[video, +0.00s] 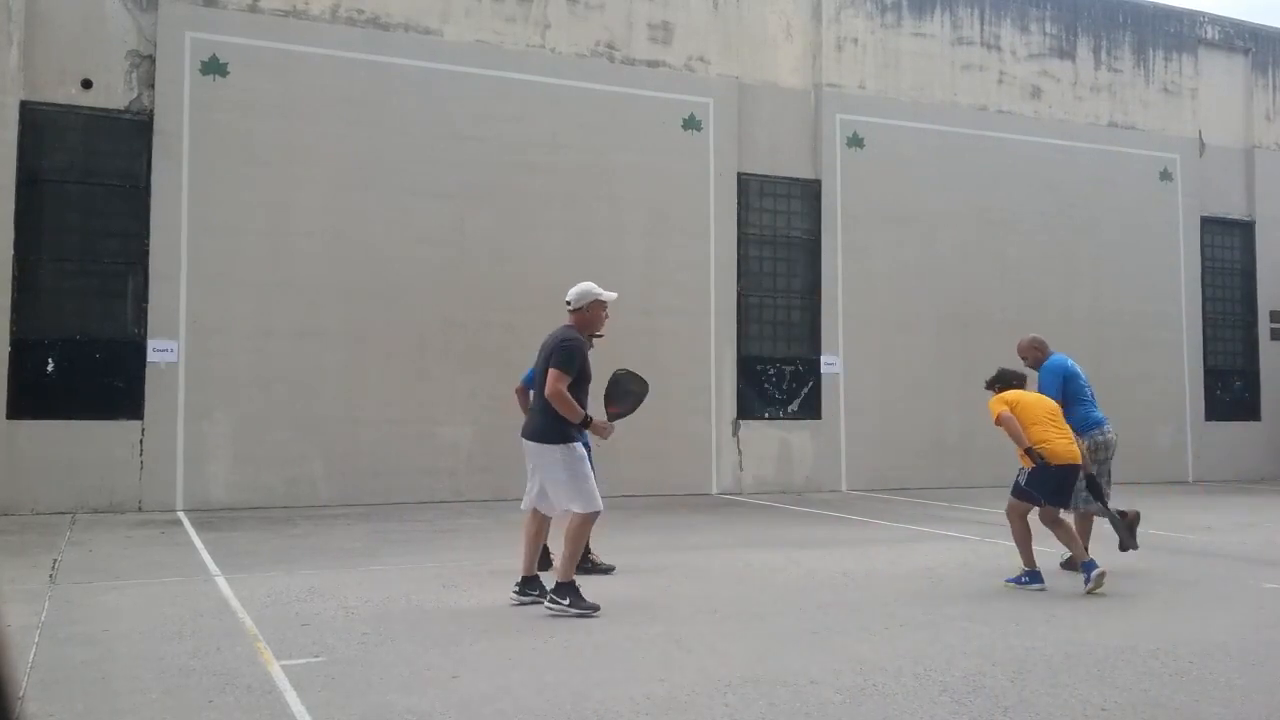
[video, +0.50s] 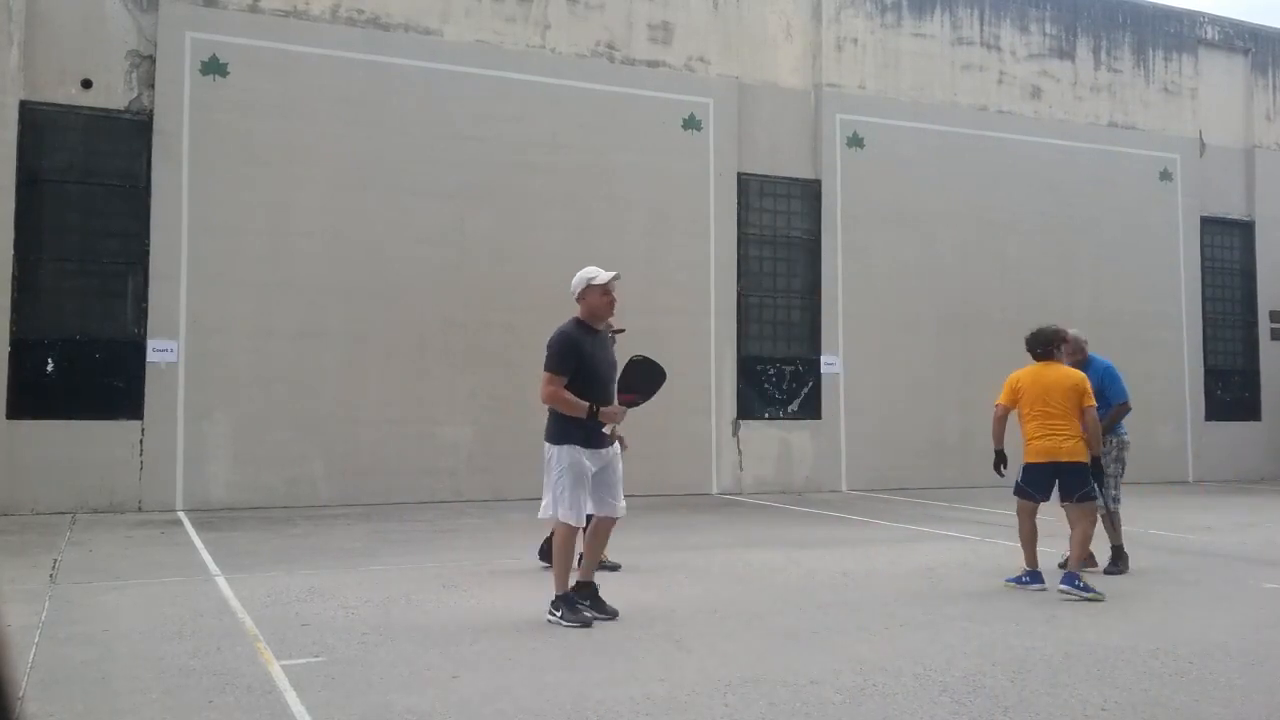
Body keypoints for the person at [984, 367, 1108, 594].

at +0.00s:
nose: (991, 395)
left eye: (992, 392)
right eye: (990, 392)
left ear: (998, 389)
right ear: (1020, 386)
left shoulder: (999, 399)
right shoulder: (1046, 400)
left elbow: (1006, 418)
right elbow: (1073, 437)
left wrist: (1027, 449)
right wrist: (1088, 473)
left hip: (1043, 461)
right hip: (1072, 461)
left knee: (1015, 512)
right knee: (1049, 516)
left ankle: (1031, 572)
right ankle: (1089, 566)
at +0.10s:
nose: (990, 386)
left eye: (990, 383)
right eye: (989, 384)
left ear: (995, 381)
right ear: (1019, 376)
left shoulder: (997, 394)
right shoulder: (1045, 393)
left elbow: (1001, 416)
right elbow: (1074, 424)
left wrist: (1020, 451)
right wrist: (1092, 458)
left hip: (1039, 458)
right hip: (1069, 458)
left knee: (1016, 513)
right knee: (1054, 515)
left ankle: (1031, 572)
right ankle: (1088, 565)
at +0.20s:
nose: (994, 378)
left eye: (994, 374)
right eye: (994, 374)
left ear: (1000, 372)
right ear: (1023, 368)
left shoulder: (997, 389)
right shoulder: (1049, 386)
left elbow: (999, 419)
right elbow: (1076, 418)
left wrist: (1012, 458)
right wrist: (1092, 453)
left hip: (1035, 458)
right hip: (1067, 456)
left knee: (1017, 513)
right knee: (1060, 513)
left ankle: (1032, 572)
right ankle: (1085, 557)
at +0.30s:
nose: (1000, 368)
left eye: (1001, 364)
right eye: (1000, 364)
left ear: (1008, 364)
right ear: (1031, 361)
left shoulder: (1002, 384)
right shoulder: (1055, 382)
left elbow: (999, 419)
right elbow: (1078, 417)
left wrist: (1001, 460)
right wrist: (1090, 453)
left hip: (1033, 458)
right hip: (1068, 455)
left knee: (1017, 512)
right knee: (1069, 512)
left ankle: (1032, 571)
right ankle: (1081, 556)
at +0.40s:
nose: (1050, 352)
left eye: (1049, 348)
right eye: (1048, 349)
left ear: (1017, 357)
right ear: (1042, 354)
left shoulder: (1007, 381)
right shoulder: (1064, 378)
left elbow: (997, 416)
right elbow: (1084, 418)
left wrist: (997, 455)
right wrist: (1092, 457)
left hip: (1033, 458)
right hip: (1069, 456)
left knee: (1019, 512)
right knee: (1080, 514)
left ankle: (1032, 572)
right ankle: (1079, 565)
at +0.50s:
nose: (1065, 351)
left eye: (1063, 347)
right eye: (1063, 347)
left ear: (1034, 353)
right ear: (1057, 350)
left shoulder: (1019, 378)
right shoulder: (1077, 377)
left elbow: (1000, 412)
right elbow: (1091, 419)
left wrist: (999, 451)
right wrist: (1096, 456)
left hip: (1037, 458)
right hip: (1074, 458)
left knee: (1025, 512)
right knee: (1085, 517)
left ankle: (1032, 571)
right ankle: (1072, 575)